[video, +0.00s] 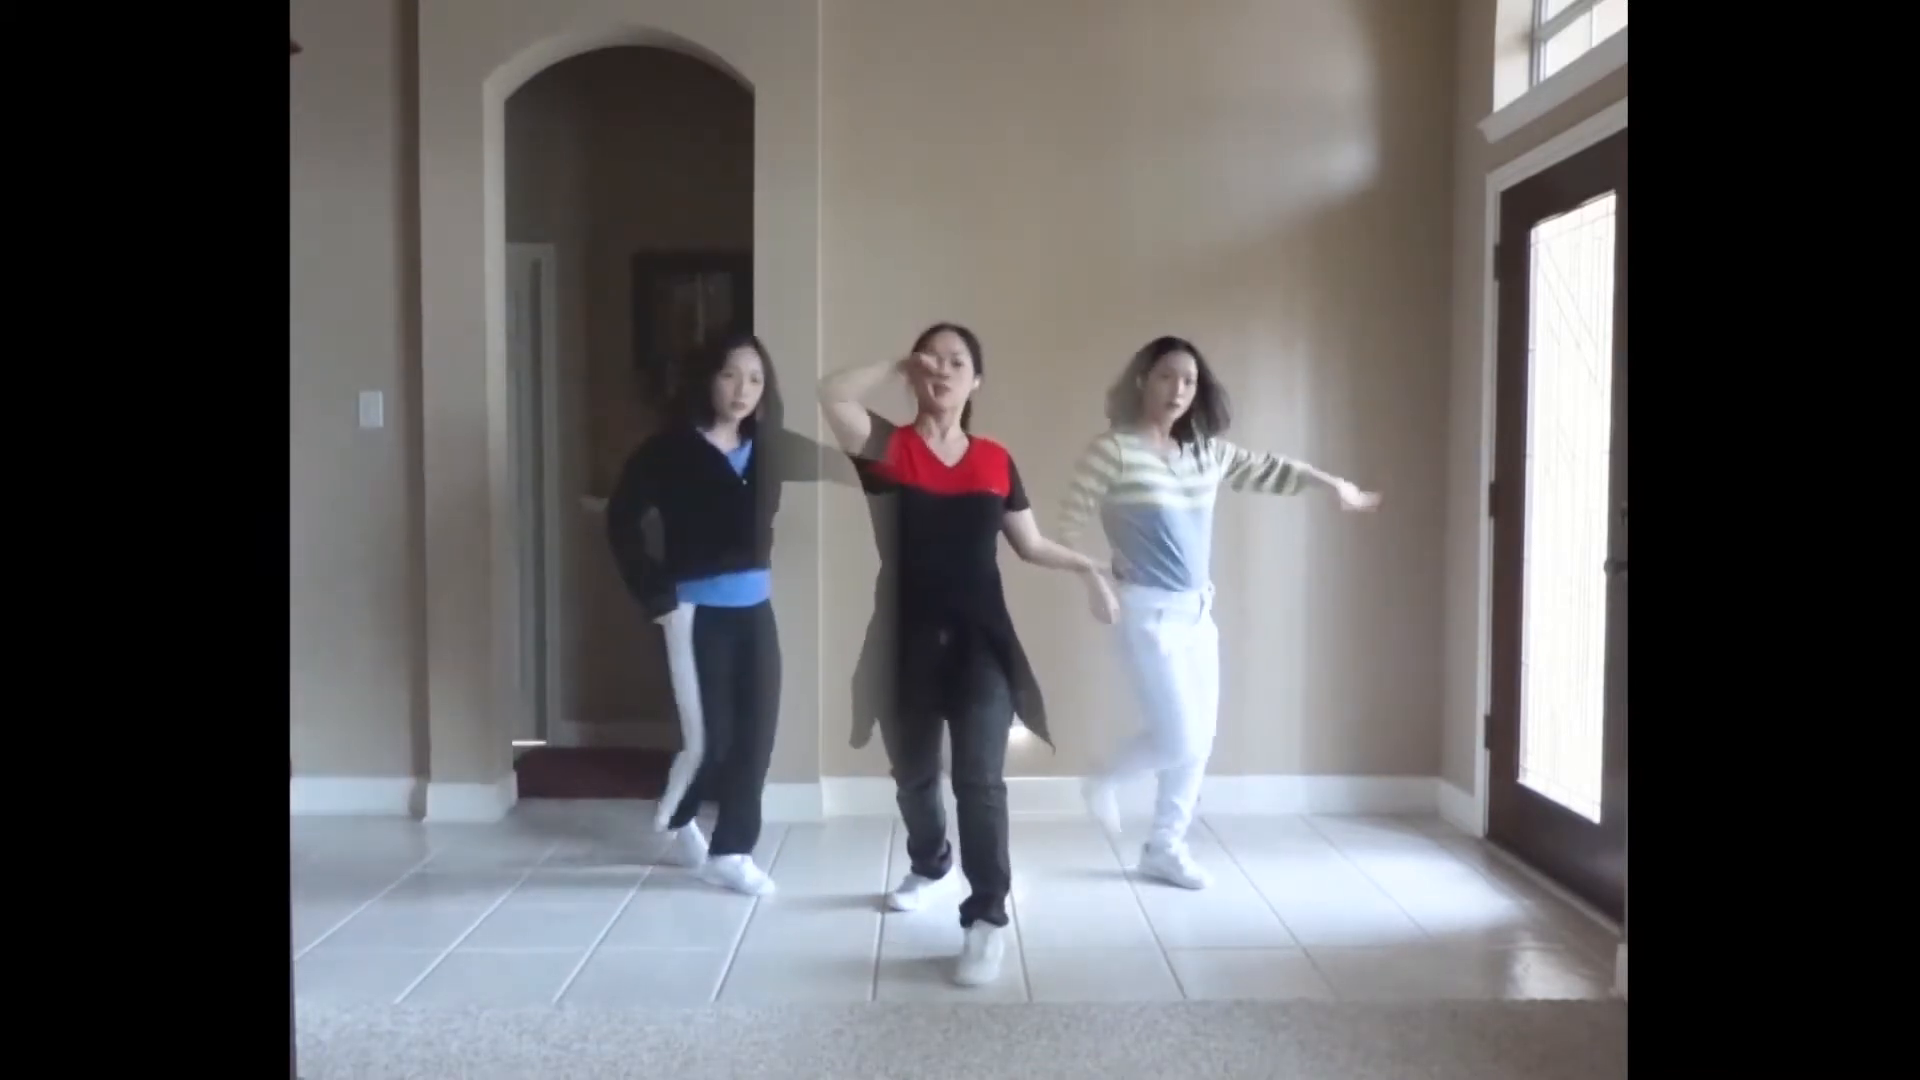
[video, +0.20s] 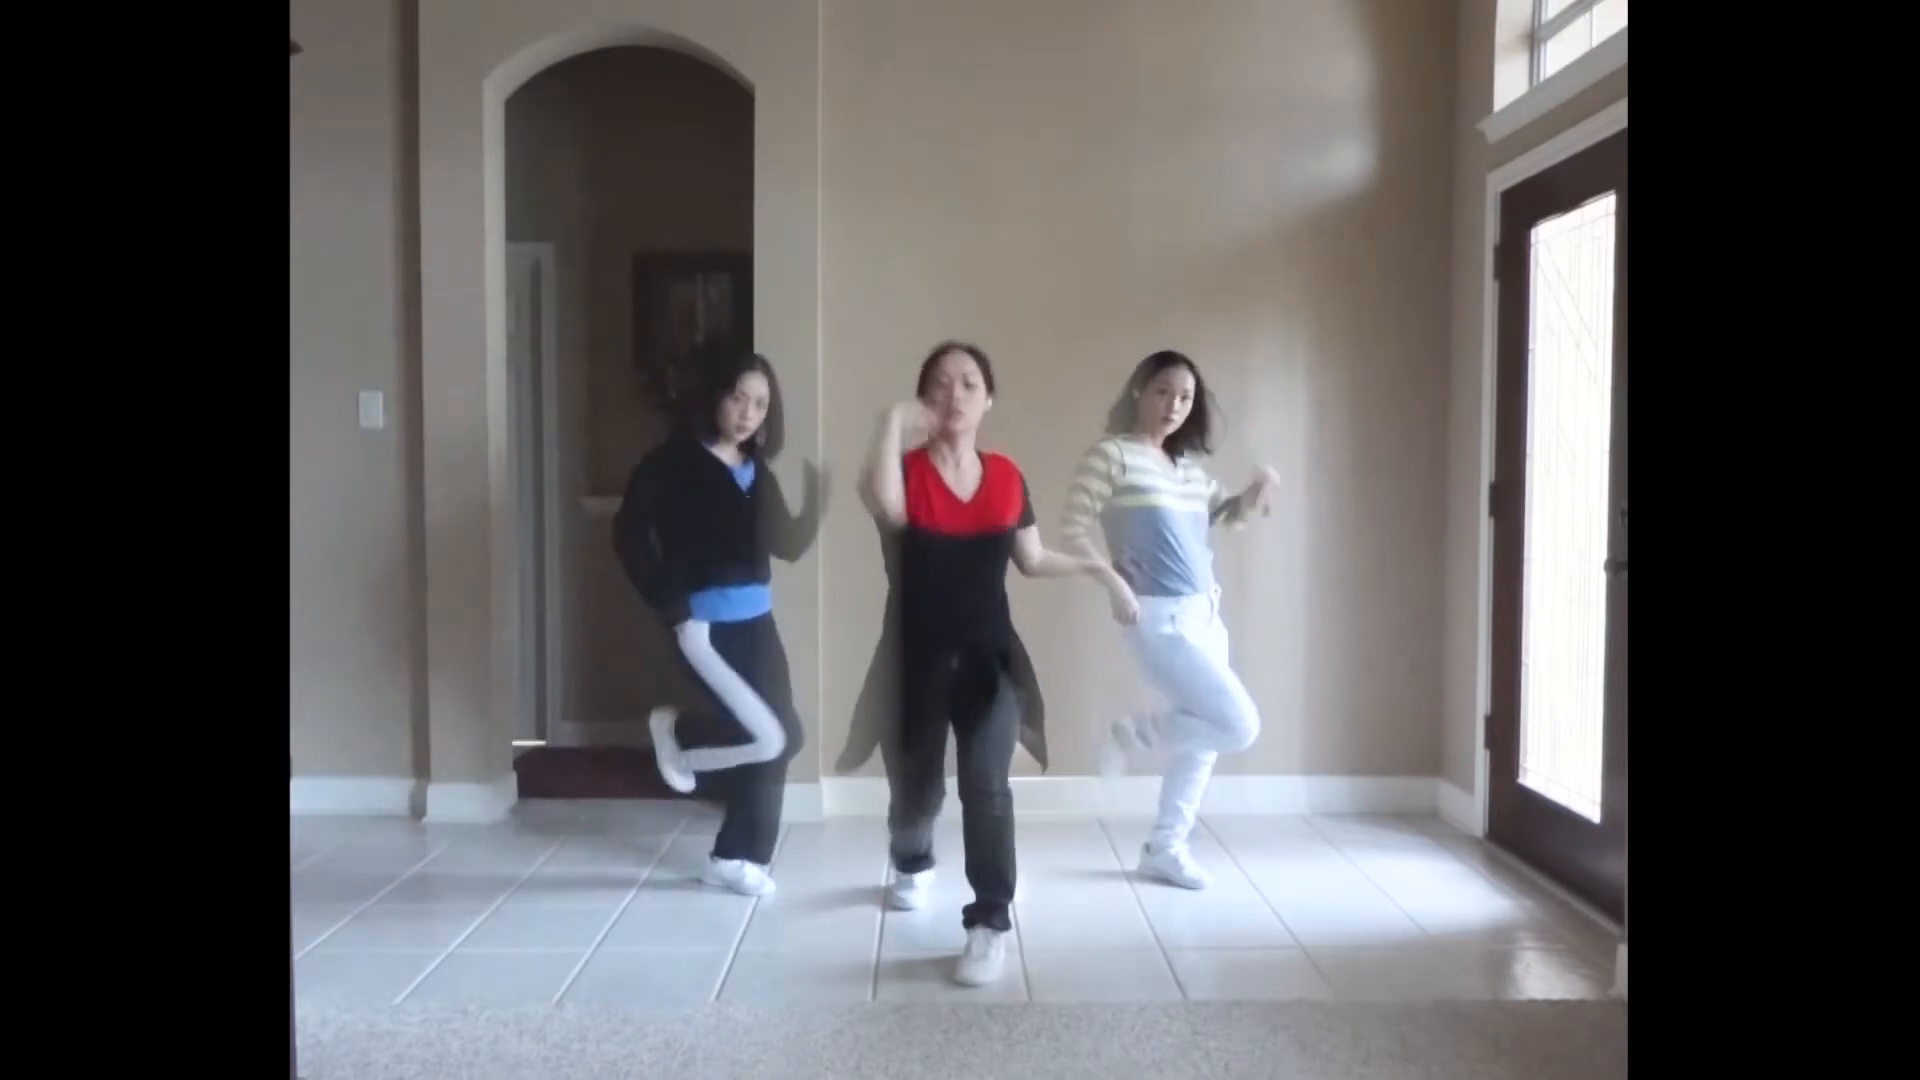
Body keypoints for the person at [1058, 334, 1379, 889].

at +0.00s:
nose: (1178, 389)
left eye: (1189, 381)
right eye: (1167, 377)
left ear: (1196, 392)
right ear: (1142, 380)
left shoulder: (1208, 453)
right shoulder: (1113, 449)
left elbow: (1269, 469)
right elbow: (1071, 518)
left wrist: (1336, 485)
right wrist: (1093, 579)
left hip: (1196, 613)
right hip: (1144, 612)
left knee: (1195, 741)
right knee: (1174, 738)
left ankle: (1166, 846)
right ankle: (1105, 780)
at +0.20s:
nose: (1174, 404)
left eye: (1184, 398)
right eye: (1164, 392)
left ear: (1191, 409)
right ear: (1138, 393)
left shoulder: (1191, 469)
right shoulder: (1110, 454)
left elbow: (1216, 515)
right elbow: (1074, 526)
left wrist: (1251, 495)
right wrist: (1113, 584)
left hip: (1206, 614)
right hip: (1156, 617)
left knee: (1199, 735)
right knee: (1238, 724)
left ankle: (1165, 848)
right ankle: (1131, 735)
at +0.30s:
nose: (1169, 389)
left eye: (1180, 383)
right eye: (1159, 377)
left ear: (1187, 396)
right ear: (1134, 381)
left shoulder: (1193, 456)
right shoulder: (1112, 446)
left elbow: (1243, 502)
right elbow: (1074, 521)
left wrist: (1239, 447)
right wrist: (1118, 576)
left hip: (1204, 602)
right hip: (1160, 604)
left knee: (1180, 726)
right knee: (1235, 718)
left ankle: (1165, 842)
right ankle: (1142, 802)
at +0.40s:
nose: (1162, 361)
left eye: (1170, 355)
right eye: (1149, 354)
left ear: (1182, 376)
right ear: (1124, 375)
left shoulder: (1208, 436)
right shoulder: (1118, 443)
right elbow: (1077, 523)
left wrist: (1249, 368)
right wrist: (1119, 567)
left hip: (1204, 596)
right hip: (1160, 596)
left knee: (1175, 727)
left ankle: (1160, 846)